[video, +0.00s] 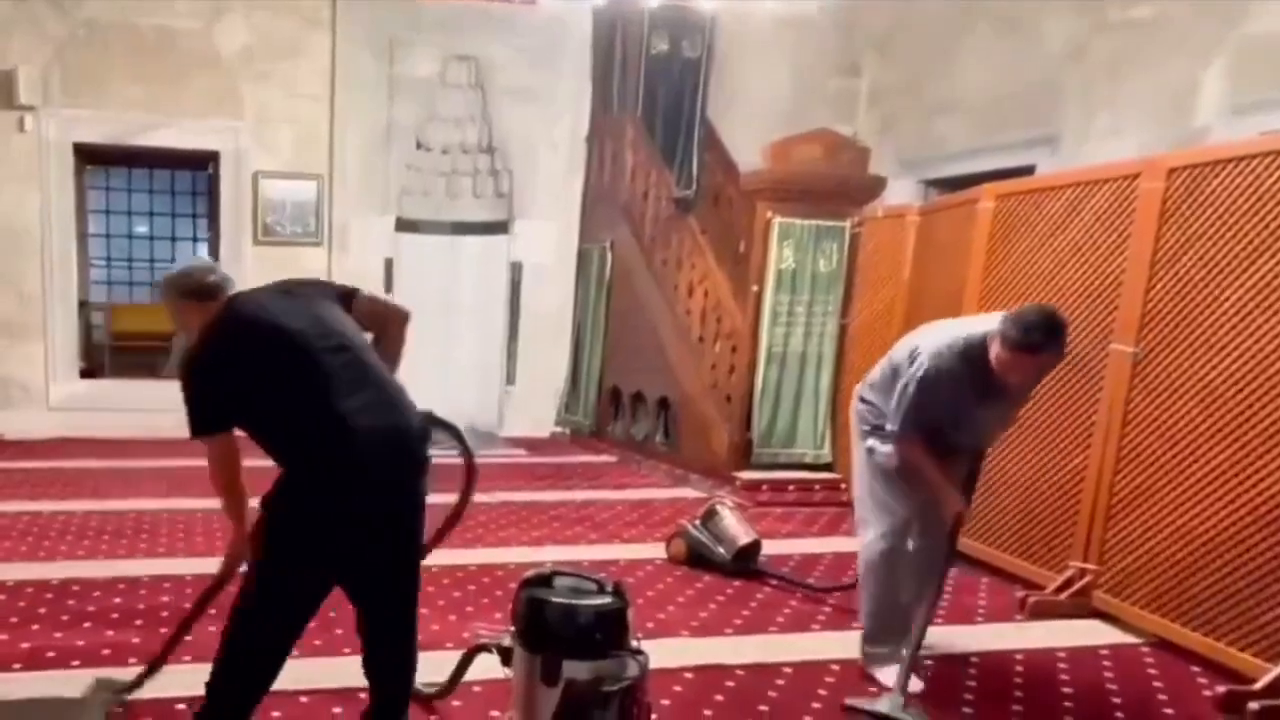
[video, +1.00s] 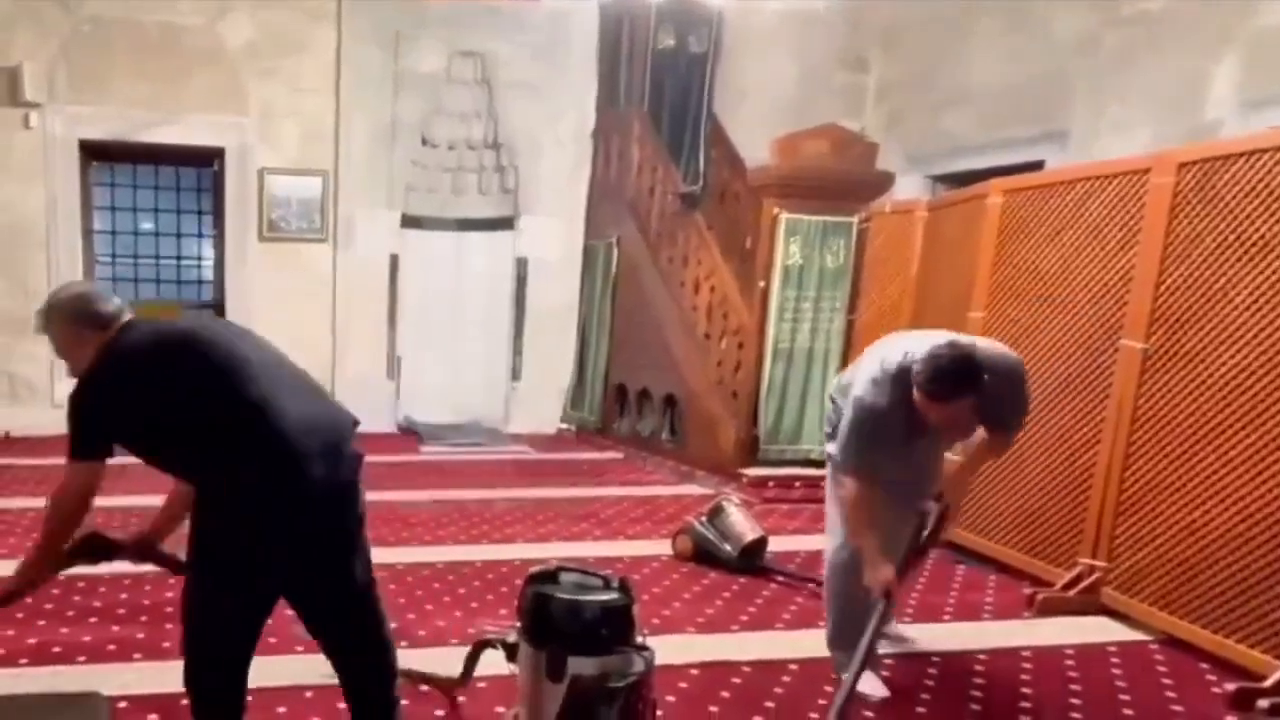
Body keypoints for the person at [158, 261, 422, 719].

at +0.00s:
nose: (181, 332)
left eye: (178, 320)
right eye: (176, 321)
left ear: (189, 310)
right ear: (227, 290)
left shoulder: (205, 358)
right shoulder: (301, 290)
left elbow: (225, 466)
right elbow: (392, 317)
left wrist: (239, 533)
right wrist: (374, 396)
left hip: (325, 469)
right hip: (402, 449)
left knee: (266, 616)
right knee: (391, 614)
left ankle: (221, 711)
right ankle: (388, 711)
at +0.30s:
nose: (205, 318)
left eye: (204, 305)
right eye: (200, 307)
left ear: (222, 293)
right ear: (255, 278)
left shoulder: (235, 345)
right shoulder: (325, 280)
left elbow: (277, 454)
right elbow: (420, 263)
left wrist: (301, 488)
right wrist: (439, 352)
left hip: (339, 473)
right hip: (419, 451)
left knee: (294, 629)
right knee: (398, 619)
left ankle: (262, 711)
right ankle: (387, 714)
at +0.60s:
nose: (177, 322)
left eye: (175, 309)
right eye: (172, 311)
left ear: (191, 296)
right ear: (225, 281)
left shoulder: (204, 348)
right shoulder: (302, 292)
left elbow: (230, 462)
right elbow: (394, 316)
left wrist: (246, 517)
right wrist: (386, 402)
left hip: (317, 478)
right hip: (394, 464)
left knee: (264, 641)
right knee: (382, 630)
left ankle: (242, 716)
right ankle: (384, 712)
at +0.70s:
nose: (145, 327)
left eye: (143, 313)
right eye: (140, 315)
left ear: (161, 300)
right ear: (195, 286)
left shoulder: (180, 351)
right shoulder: (270, 302)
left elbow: (191, 471)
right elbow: (359, 354)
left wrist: (188, 536)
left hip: (297, 480)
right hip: (374, 462)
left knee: (250, 645)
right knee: (373, 629)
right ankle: (383, 711)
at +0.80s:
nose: (113, 333)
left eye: (111, 320)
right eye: (108, 322)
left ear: (128, 310)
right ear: (166, 293)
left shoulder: (146, 359)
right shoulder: (234, 312)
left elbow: (147, 475)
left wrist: (132, 545)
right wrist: (244, 476)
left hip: (279, 486)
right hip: (356, 465)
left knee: (233, 650)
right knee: (362, 633)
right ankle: (381, 710)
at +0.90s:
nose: (85, 350)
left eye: (84, 334)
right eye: (80, 336)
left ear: (102, 320)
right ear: (137, 304)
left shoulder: (117, 373)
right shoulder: (202, 322)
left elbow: (109, 490)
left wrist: (76, 567)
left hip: (266, 489)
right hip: (343, 464)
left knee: (218, 659)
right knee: (356, 630)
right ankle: (378, 710)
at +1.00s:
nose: (63, 361)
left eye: (60, 347)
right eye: (57, 349)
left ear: (79, 333)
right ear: (115, 316)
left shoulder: (99, 385)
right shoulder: (188, 336)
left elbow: (76, 495)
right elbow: (202, 465)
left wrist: (27, 575)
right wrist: (150, 536)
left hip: (247, 493)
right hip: (331, 465)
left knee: (215, 657)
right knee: (356, 634)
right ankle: (379, 709)